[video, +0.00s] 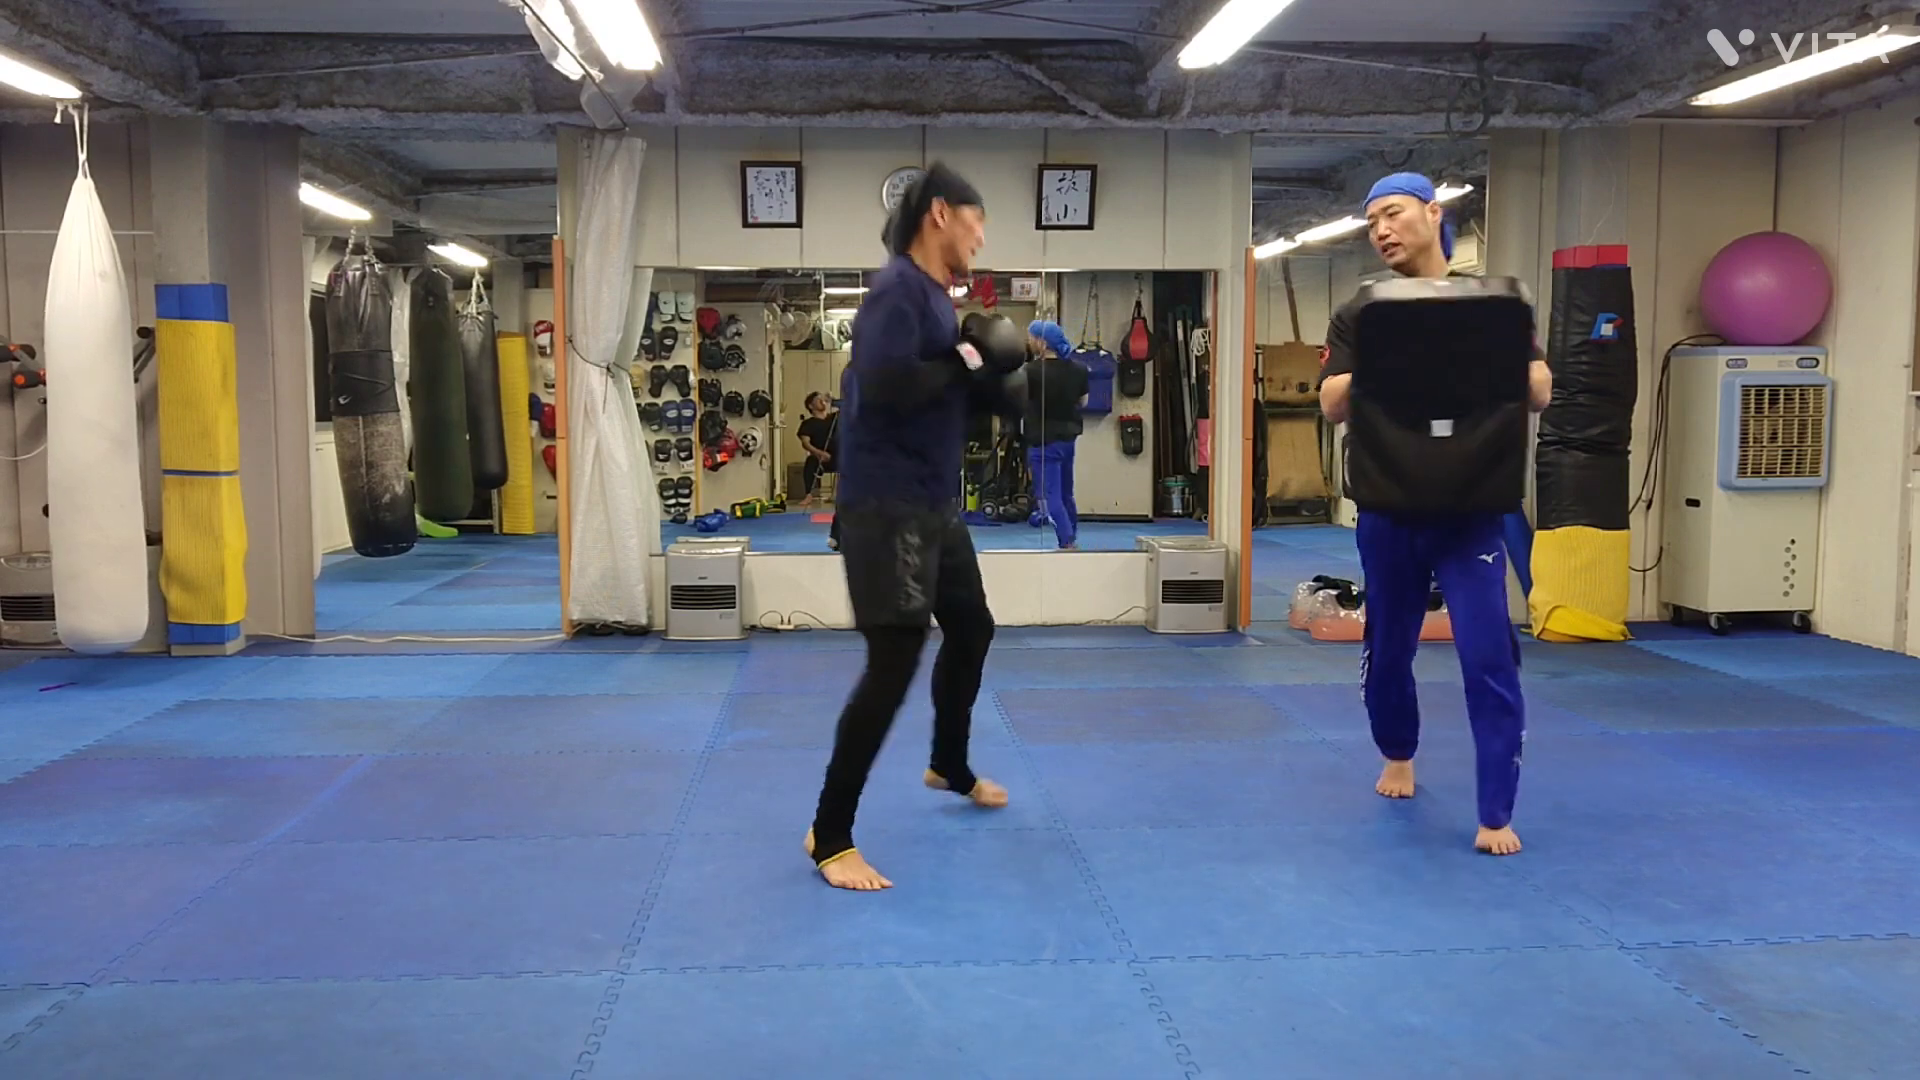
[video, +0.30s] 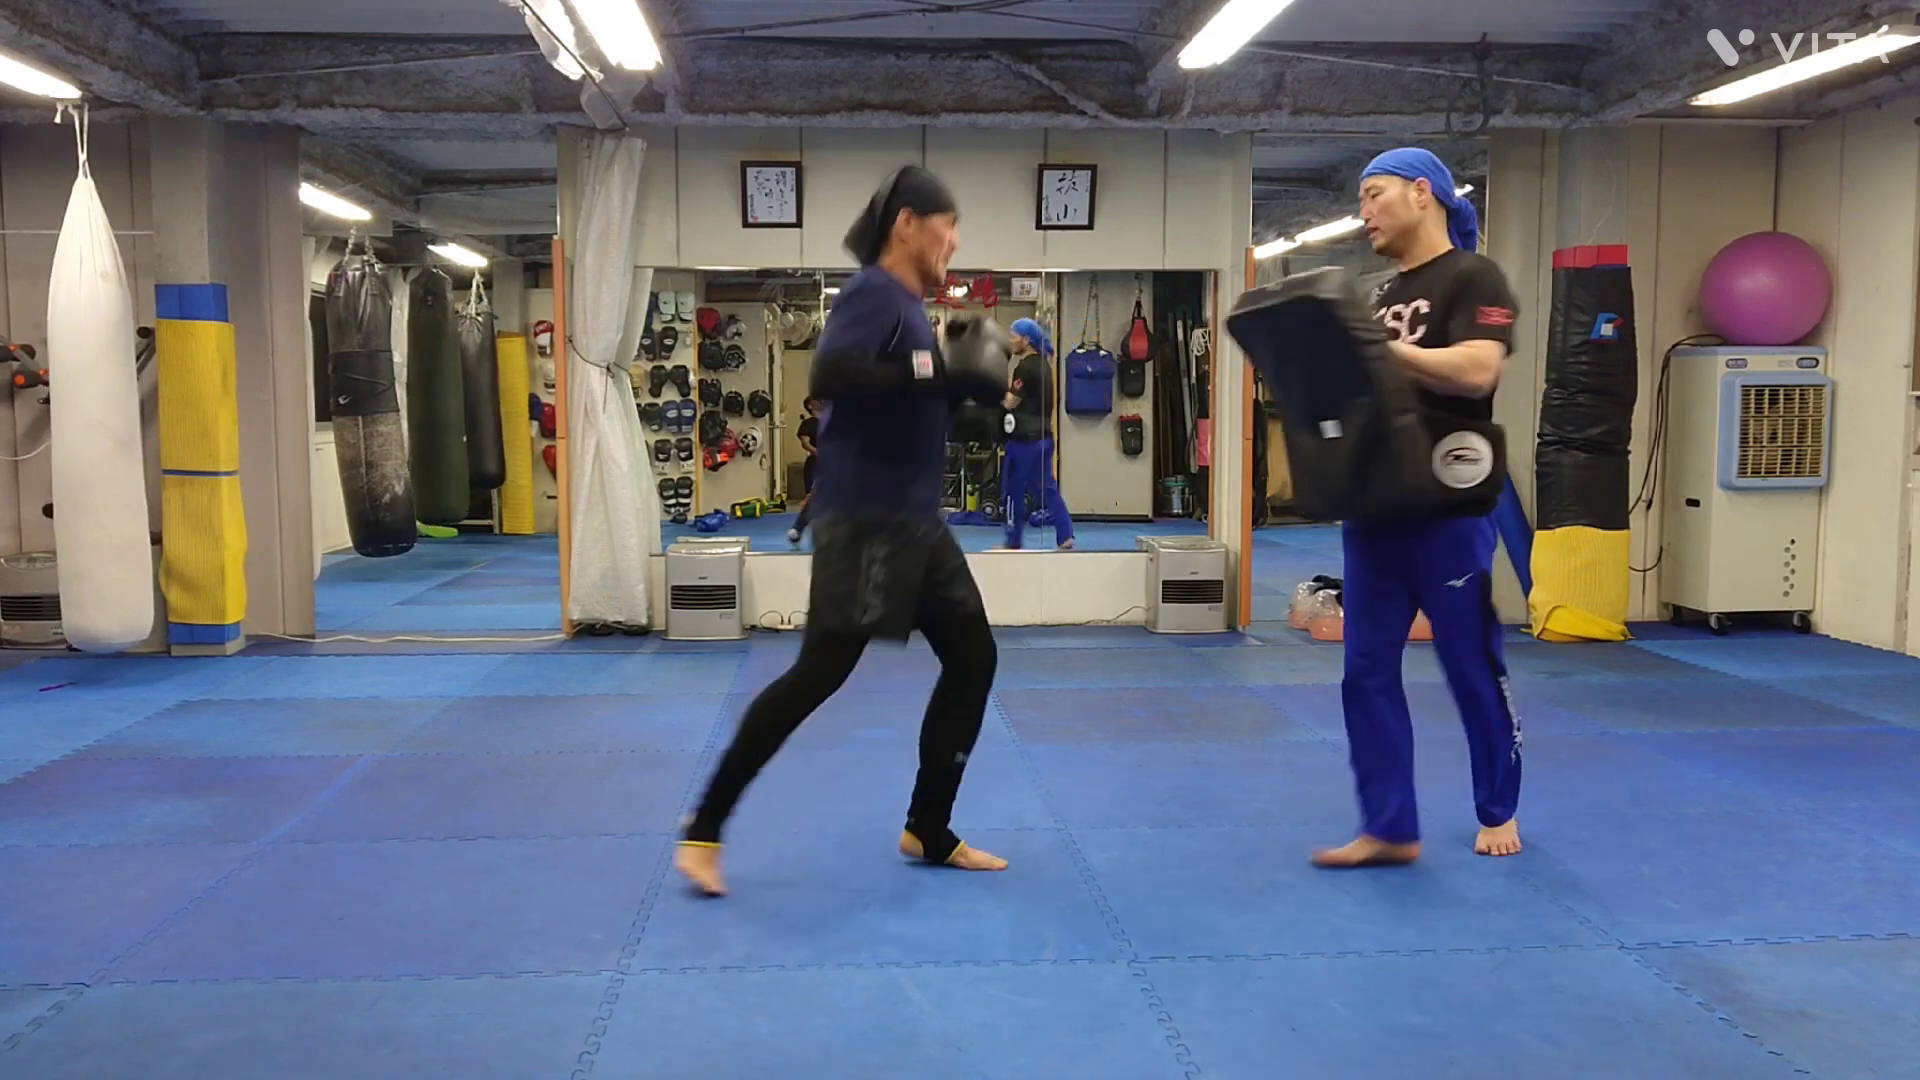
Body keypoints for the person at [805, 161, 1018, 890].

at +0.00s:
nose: (980, 241)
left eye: (983, 229)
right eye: (976, 226)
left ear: (944, 220)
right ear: (939, 215)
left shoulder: (938, 301)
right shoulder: (897, 290)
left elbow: (951, 397)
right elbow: (884, 388)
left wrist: (1013, 382)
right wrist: (965, 360)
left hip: (934, 505)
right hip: (886, 507)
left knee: (971, 629)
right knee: (895, 659)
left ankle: (949, 764)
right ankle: (829, 838)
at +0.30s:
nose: (954, 246)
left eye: (956, 234)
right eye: (947, 230)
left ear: (916, 230)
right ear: (905, 224)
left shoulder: (911, 308)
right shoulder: (873, 293)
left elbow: (916, 407)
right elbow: (830, 373)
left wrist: (974, 381)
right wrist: (935, 369)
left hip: (916, 523)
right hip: (859, 522)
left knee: (973, 657)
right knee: (821, 672)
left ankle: (930, 828)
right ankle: (703, 829)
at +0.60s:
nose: (858, 258)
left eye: (860, 244)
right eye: (849, 242)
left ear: (817, 244)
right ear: (804, 238)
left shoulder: (811, 324)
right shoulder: (761, 302)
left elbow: (805, 423)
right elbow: (727, 395)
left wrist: (872, 420)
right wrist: (825, 378)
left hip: (797, 539)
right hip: (730, 541)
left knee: (879, 652)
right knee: (683, 687)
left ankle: (920, 824)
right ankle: (593, 831)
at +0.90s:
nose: (793, 242)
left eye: (797, 230)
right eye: (783, 228)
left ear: (777, 233)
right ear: (738, 222)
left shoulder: (771, 308)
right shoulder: (686, 294)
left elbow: (779, 403)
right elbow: (668, 393)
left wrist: (832, 375)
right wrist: (752, 344)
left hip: (758, 519)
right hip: (686, 522)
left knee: (804, 648)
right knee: (649, 680)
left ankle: (767, 789)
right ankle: (588, 835)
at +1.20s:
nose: (825, 258)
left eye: (830, 245)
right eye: (817, 243)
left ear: (805, 243)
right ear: (774, 232)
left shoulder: (787, 309)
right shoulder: (729, 296)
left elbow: (800, 404)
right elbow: (728, 393)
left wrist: (868, 379)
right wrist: (811, 337)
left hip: (768, 514)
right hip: (707, 515)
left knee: (781, 658)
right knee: (689, 667)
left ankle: (763, 798)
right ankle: (608, 825)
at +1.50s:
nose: (855, 247)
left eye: (859, 234)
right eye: (844, 233)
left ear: (836, 236)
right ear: (802, 230)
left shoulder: (826, 302)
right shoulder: (769, 288)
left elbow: (850, 380)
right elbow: (743, 383)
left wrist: (901, 361)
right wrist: (836, 386)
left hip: (796, 501)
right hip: (757, 501)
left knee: (797, 645)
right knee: (790, 645)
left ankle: (763, 799)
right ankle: (736, 815)